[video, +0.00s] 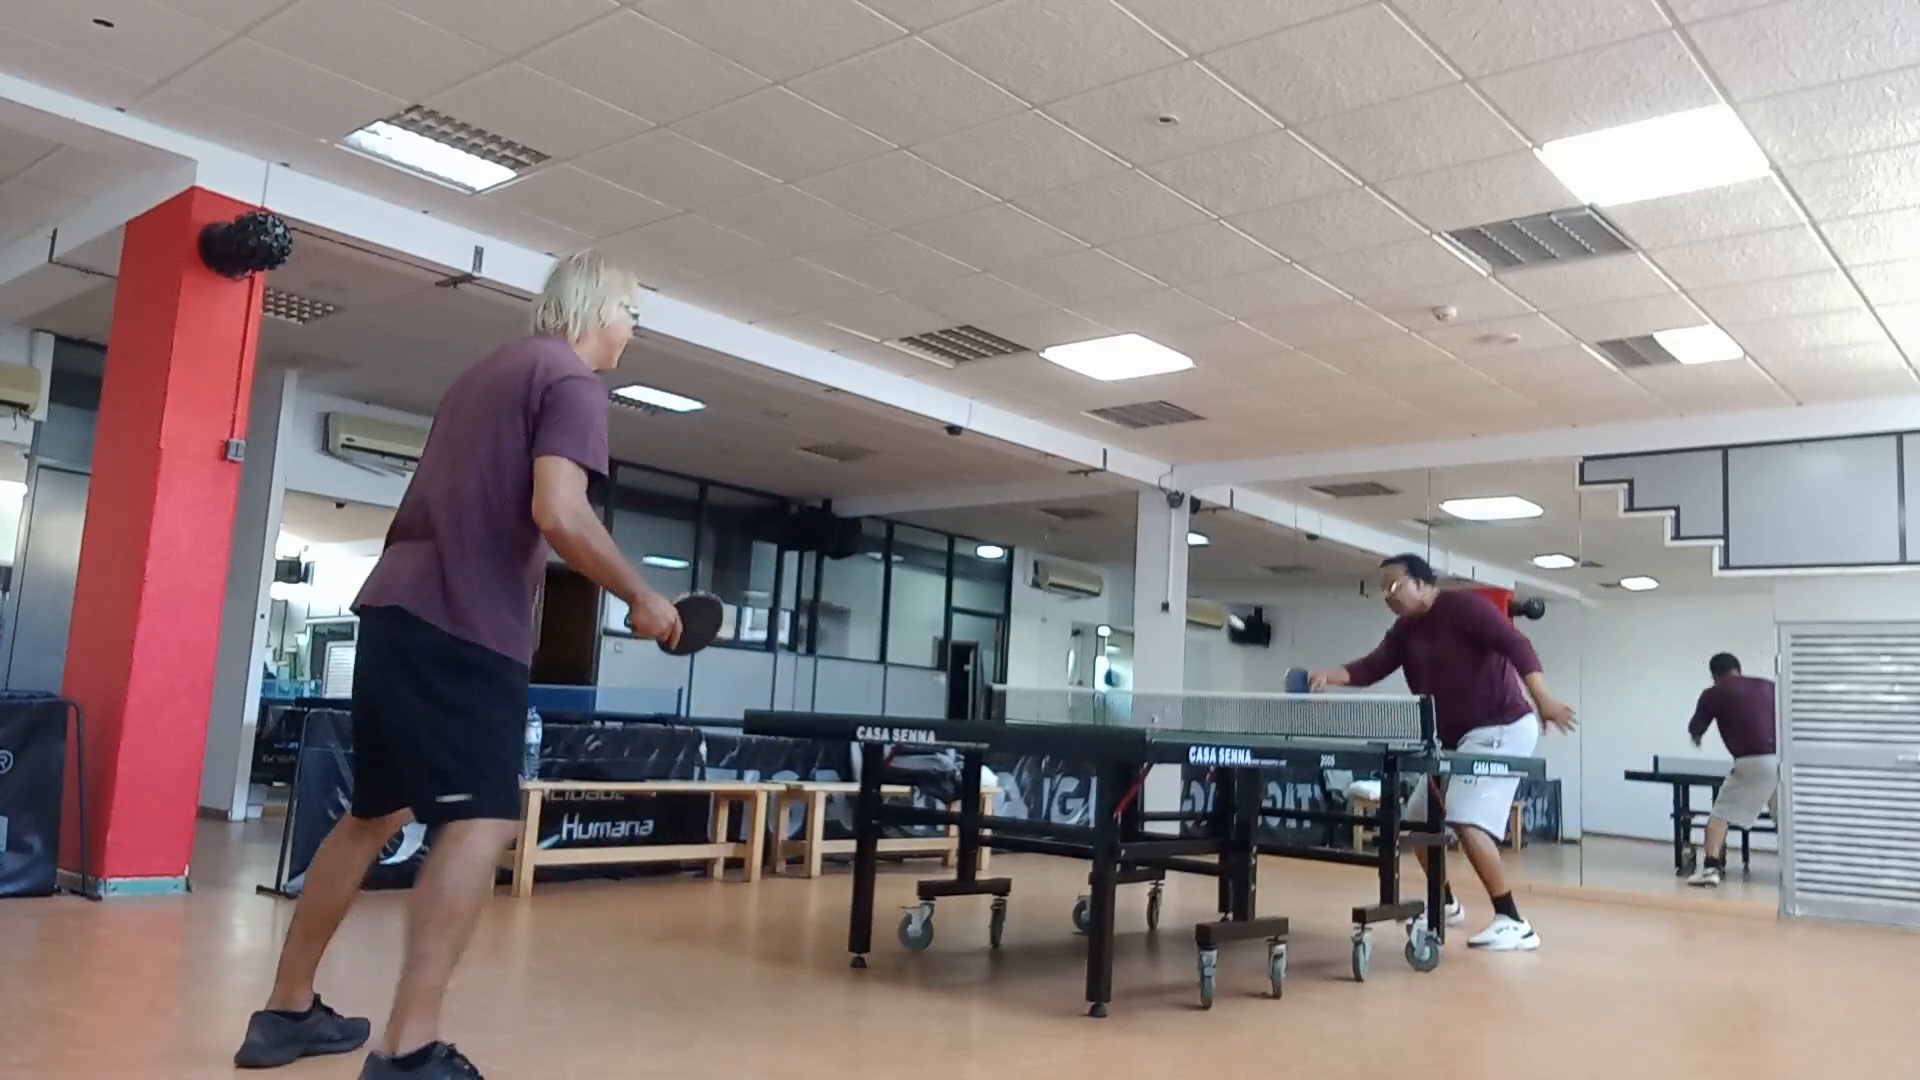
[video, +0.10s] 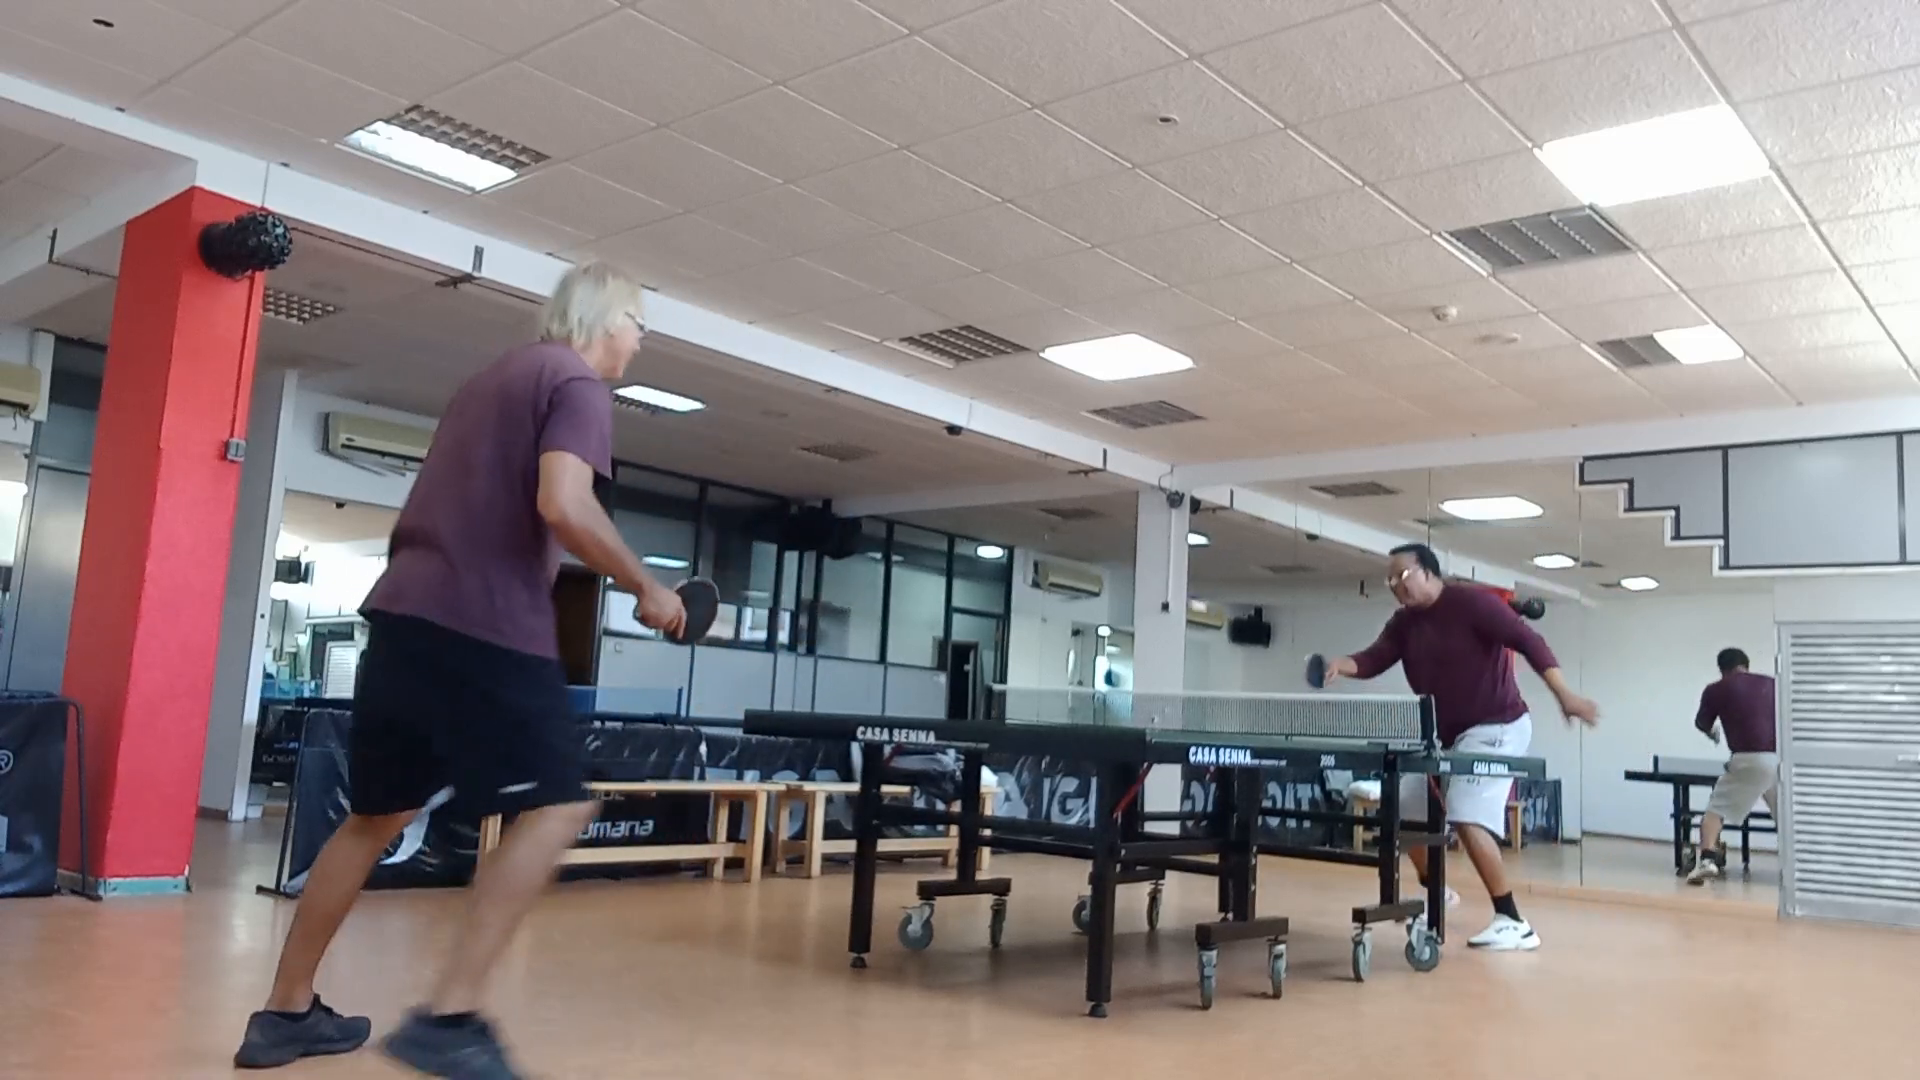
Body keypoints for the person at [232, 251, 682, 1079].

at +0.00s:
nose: (627, 338)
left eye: (630, 323)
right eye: (626, 322)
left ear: (554, 311)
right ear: (597, 319)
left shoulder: (487, 369)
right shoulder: (573, 379)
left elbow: (437, 507)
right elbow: (559, 511)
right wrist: (641, 596)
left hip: (395, 610)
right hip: (466, 628)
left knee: (373, 812)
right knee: (480, 820)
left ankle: (285, 1009)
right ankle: (408, 1047)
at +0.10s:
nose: (637, 347)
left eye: (639, 332)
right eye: (634, 330)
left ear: (563, 317)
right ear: (602, 323)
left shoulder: (493, 375)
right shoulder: (577, 381)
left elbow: (439, 512)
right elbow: (563, 502)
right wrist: (648, 589)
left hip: (403, 616)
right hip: (486, 628)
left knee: (376, 814)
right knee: (559, 803)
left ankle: (285, 1009)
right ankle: (449, 1015)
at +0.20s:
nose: (661, 370)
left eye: (664, 356)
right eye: (662, 353)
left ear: (589, 330)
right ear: (637, 342)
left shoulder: (519, 385)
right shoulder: (600, 390)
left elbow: (467, 516)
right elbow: (588, 501)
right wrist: (663, 584)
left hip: (432, 622)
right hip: (520, 632)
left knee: (400, 810)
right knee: (618, 792)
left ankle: (289, 1009)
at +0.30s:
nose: (697, 403)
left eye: (705, 390)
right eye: (701, 386)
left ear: (636, 354)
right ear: (677, 366)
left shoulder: (555, 403)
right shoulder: (644, 407)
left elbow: (513, 542)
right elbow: (637, 515)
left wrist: (598, 637)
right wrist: (697, 592)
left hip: (469, 640)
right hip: (558, 650)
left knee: (414, 820)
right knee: (658, 810)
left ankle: (293, 1009)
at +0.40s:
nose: (751, 431)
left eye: (754, 419)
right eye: (754, 418)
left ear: (686, 382)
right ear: (733, 400)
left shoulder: (602, 420)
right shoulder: (705, 437)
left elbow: (581, 533)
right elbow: (724, 553)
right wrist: (748, 611)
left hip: (517, 657)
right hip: (613, 671)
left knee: (442, 825)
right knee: (714, 833)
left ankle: (305, 1006)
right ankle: (764, 1036)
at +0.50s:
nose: (801, 454)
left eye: (807, 443)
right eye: (804, 439)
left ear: (735, 404)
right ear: (786, 422)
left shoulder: (651, 435)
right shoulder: (768, 452)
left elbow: (612, 554)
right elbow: (822, 571)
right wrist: (798, 610)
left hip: (556, 659)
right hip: (661, 668)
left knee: (479, 831)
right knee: (759, 818)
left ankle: (345, 1013)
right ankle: (770, 1035)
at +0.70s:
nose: (864, 468)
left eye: (862, 454)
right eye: (864, 457)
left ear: (798, 417)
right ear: (852, 444)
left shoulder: (720, 443)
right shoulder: (844, 467)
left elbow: (663, 541)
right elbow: (946, 570)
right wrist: (900, 592)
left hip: (616, 629)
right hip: (715, 647)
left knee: (546, 822)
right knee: (793, 817)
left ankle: (417, 1007)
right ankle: (775, 1036)